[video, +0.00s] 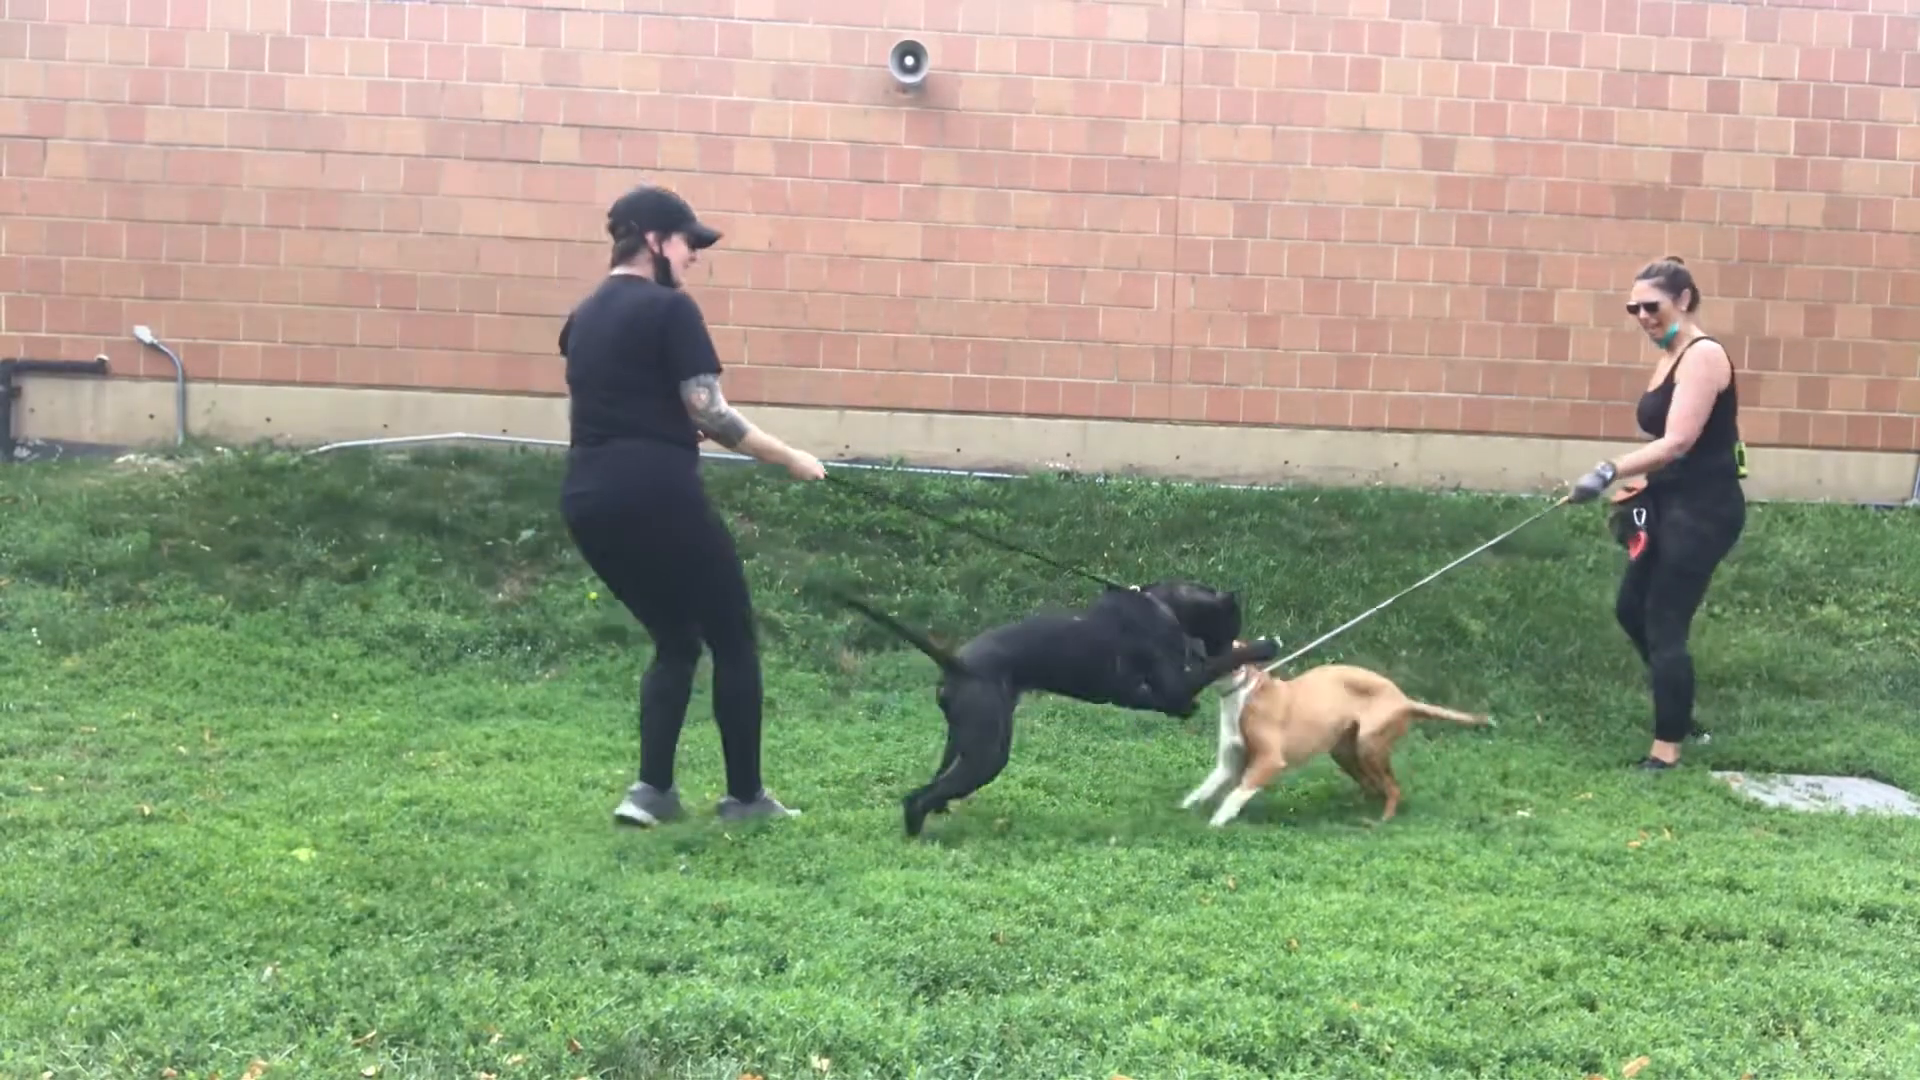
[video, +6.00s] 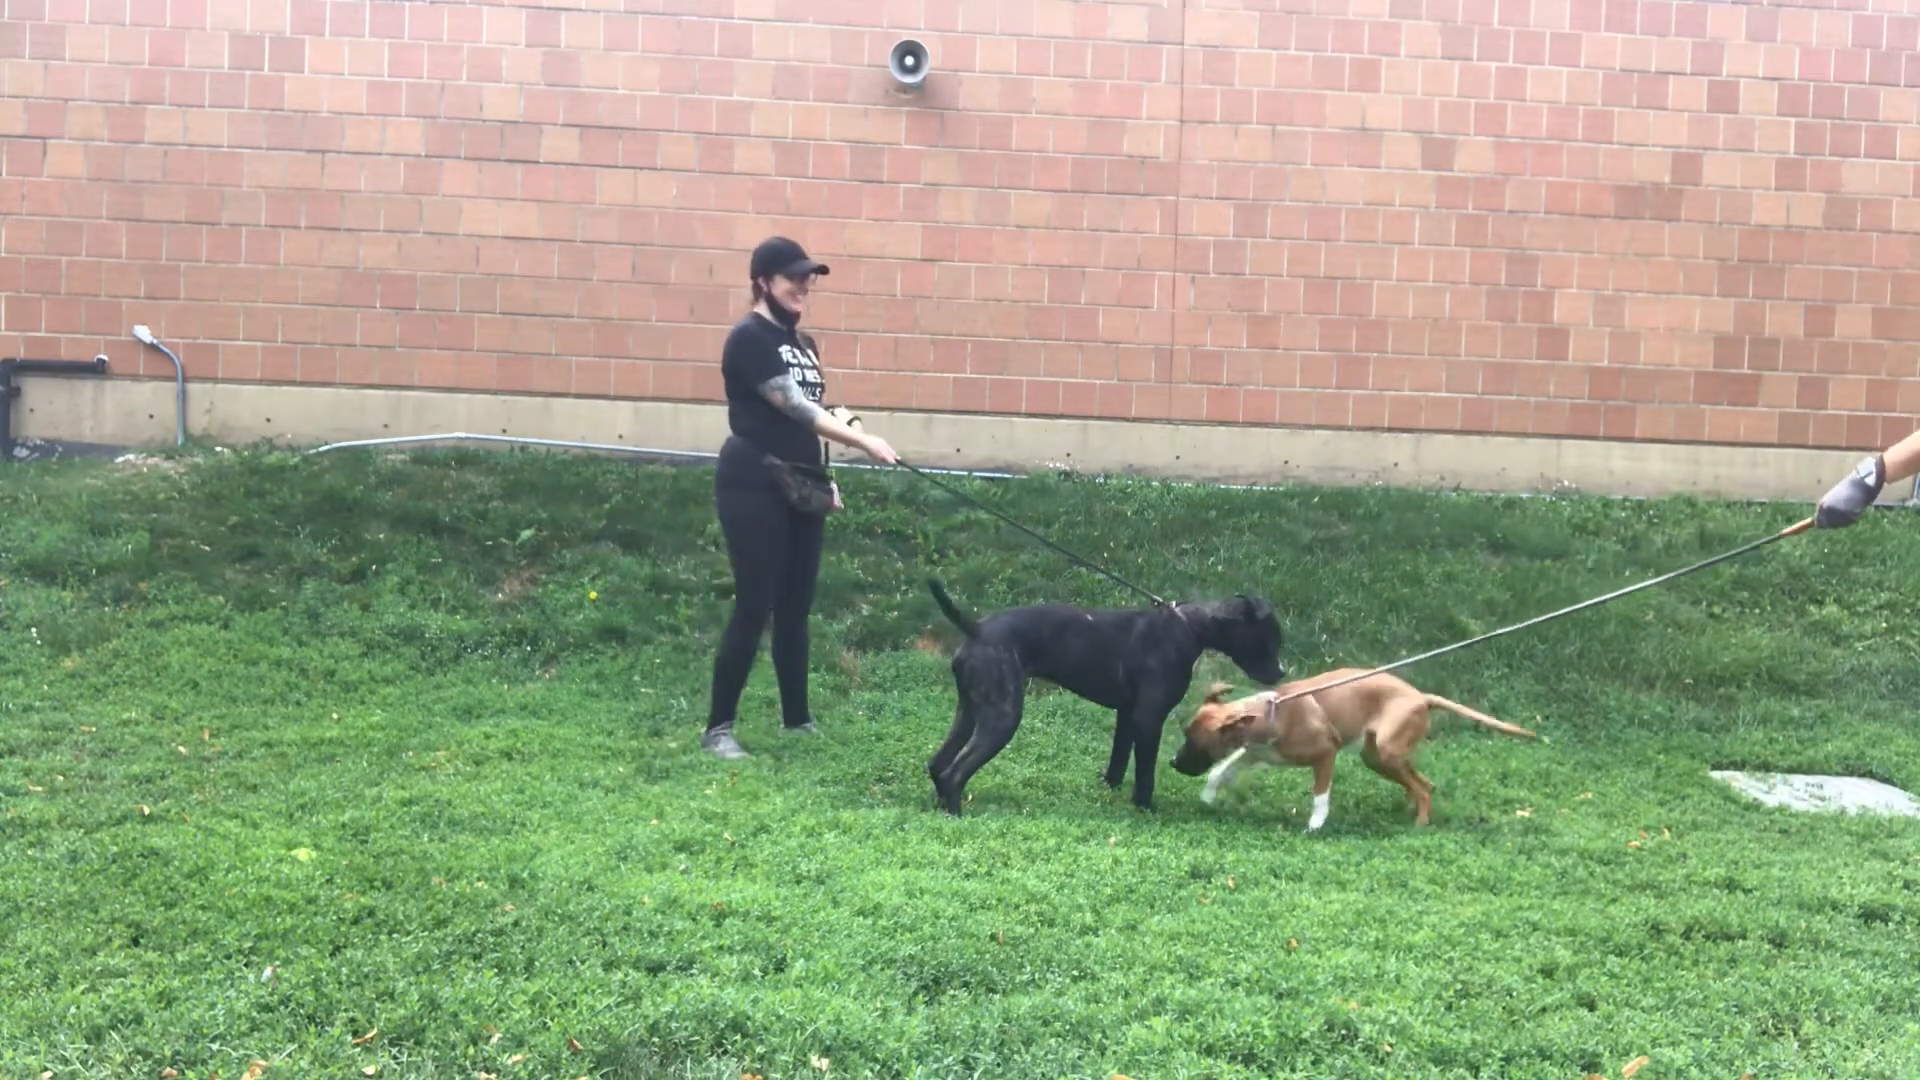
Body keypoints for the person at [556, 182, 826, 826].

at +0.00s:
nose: (694, 260)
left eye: (696, 248)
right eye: (690, 247)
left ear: (629, 244)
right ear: (655, 242)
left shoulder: (586, 312)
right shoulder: (670, 306)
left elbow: (606, 404)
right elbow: (707, 410)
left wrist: (689, 417)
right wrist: (787, 456)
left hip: (588, 494)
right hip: (661, 494)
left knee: (675, 638)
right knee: (733, 635)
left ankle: (651, 789)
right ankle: (746, 796)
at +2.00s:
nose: (727, 266)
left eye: (728, 256)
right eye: (720, 255)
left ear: (676, 254)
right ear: (686, 252)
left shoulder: (630, 307)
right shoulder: (693, 308)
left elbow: (644, 400)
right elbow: (730, 410)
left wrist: (717, 419)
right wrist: (793, 460)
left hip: (620, 472)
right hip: (682, 475)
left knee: (637, 623)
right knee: (746, 606)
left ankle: (634, 770)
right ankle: (735, 756)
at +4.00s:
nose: (756, 277)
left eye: (758, 267)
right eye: (748, 265)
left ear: (711, 269)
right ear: (714, 265)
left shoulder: (685, 312)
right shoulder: (716, 316)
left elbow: (690, 407)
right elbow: (740, 405)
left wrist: (737, 458)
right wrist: (807, 452)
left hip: (665, 466)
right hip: (702, 470)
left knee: (711, 611)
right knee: (733, 613)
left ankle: (644, 732)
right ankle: (746, 754)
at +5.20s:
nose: (753, 279)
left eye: (757, 270)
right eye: (744, 269)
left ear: (743, 274)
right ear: (711, 271)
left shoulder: (718, 319)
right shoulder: (709, 322)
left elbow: (749, 403)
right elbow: (759, 404)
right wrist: (827, 439)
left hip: (732, 472)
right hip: (716, 474)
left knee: (785, 591)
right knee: (722, 608)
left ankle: (710, 701)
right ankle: (726, 742)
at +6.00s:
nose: (804, 287)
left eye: (808, 279)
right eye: (794, 278)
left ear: (808, 283)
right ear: (764, 281)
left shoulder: (803, 343)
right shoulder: (749, 338)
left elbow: (805, 420)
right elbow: (794, 406)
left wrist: (822, 480)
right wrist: (865, 439)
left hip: (802, 481)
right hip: (754, 478)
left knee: (795, 605)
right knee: (754, 603)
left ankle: (797, 723)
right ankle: (718, 729)